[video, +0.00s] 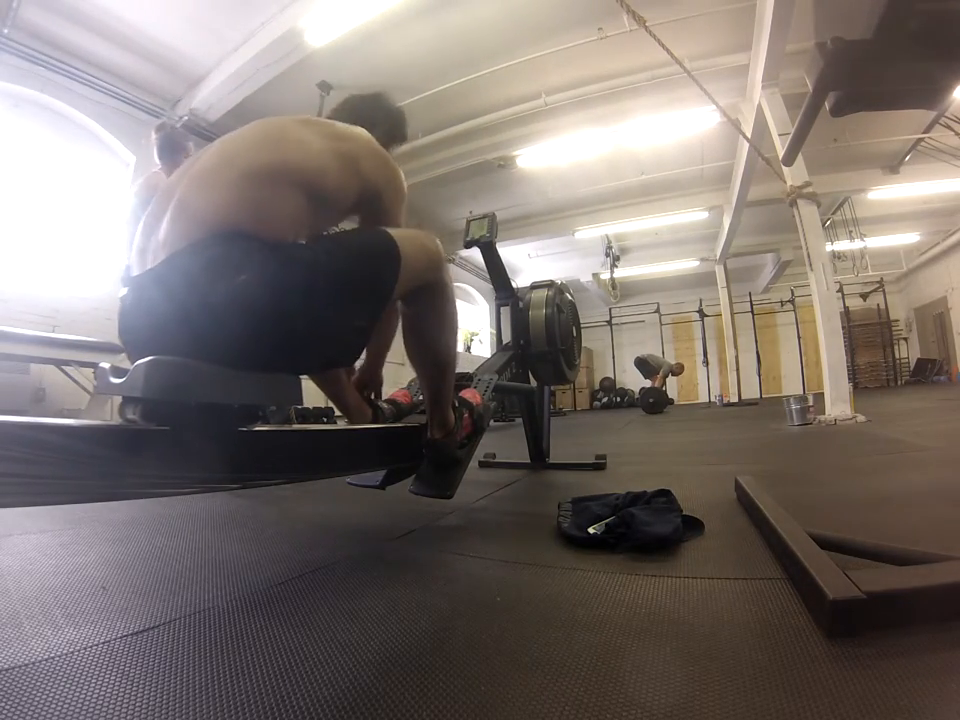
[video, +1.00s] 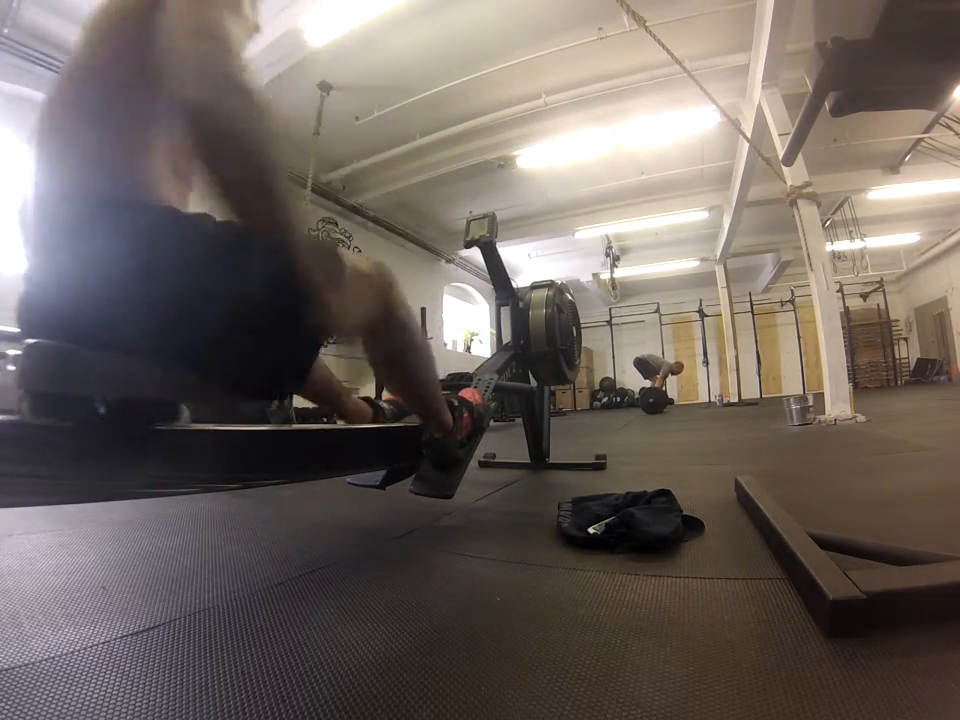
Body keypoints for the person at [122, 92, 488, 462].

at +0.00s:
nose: (390, 161)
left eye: (392, 152)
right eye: (392, 152)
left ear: (333, 117)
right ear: (384, 140)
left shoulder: (273, 139)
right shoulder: (378, 165)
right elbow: (384, 290)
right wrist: (373, 370)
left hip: (143, 322)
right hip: (233, 300)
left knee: (299, 294)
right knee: (426, 258)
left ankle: (363, 416)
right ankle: (444, 424)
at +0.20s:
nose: (395, 152)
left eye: (399, 146)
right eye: (398, 144)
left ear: (334, 107)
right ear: (388, 129)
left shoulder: (268, 131)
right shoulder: (375, 153)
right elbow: (378, 282)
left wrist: (348, 394)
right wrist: (377, 367)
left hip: (138, 322)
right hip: (228, 299)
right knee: (420, 259)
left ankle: (363, 417)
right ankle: (443, 426)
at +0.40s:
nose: (388, 144)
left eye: (390, 136)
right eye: (388, 134)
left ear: (332, 100)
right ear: (376, 119)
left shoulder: (263, 127)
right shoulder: (368, 145)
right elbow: (383, 272)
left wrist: (337, 352)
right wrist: (381, 358)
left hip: (129, 317)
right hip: (219, 295)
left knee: (293, 304)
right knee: (417, 261)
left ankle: (364, 419)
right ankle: (443, 427)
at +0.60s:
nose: (347, 92)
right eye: (350, 83)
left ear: (282, 56)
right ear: (338, 72)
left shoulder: (215, 95)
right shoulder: (336, 96)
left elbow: (125, 178)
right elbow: (384, 225)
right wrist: (393, 298)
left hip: (117, 309)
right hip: (212, 300)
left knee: (283, 291)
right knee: (412, 263)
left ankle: (364, 417)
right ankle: (443, 427)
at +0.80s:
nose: (311, 43)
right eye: (307, 31)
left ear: (236, 12)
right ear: (291, 15)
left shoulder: (174, 60)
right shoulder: (269, 37)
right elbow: (373, 183)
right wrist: (434, 254)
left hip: (85, 297)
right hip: (171, 279)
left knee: (279, 304)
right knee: (402, 275)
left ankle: (362, 414)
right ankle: (445, 426)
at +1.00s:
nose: (243, 35)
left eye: (245, 32)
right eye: (240, 24)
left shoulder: (107, 48)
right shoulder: (184, 12)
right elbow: (210, 101)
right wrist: (302, 262)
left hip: (56, 286)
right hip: (129, 272)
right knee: (376, 289)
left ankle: (359, 413)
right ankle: (445, 428)